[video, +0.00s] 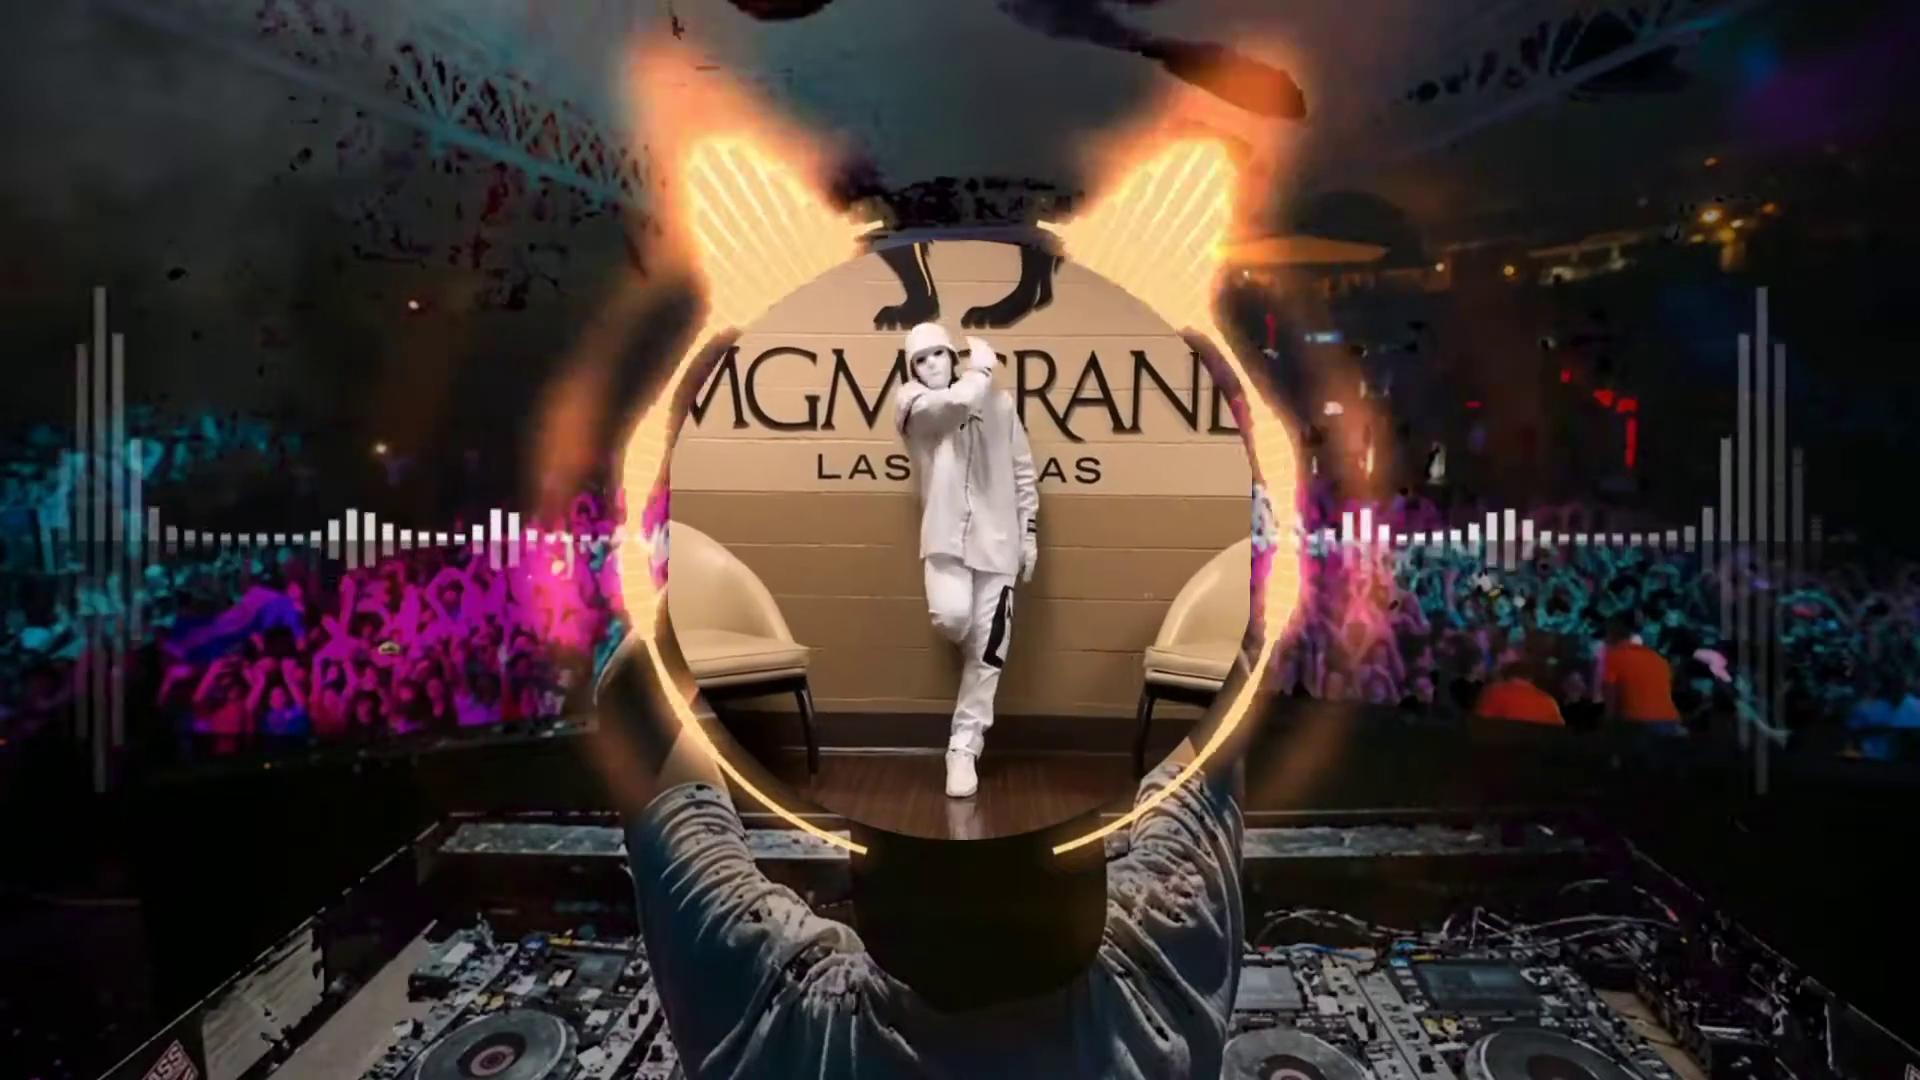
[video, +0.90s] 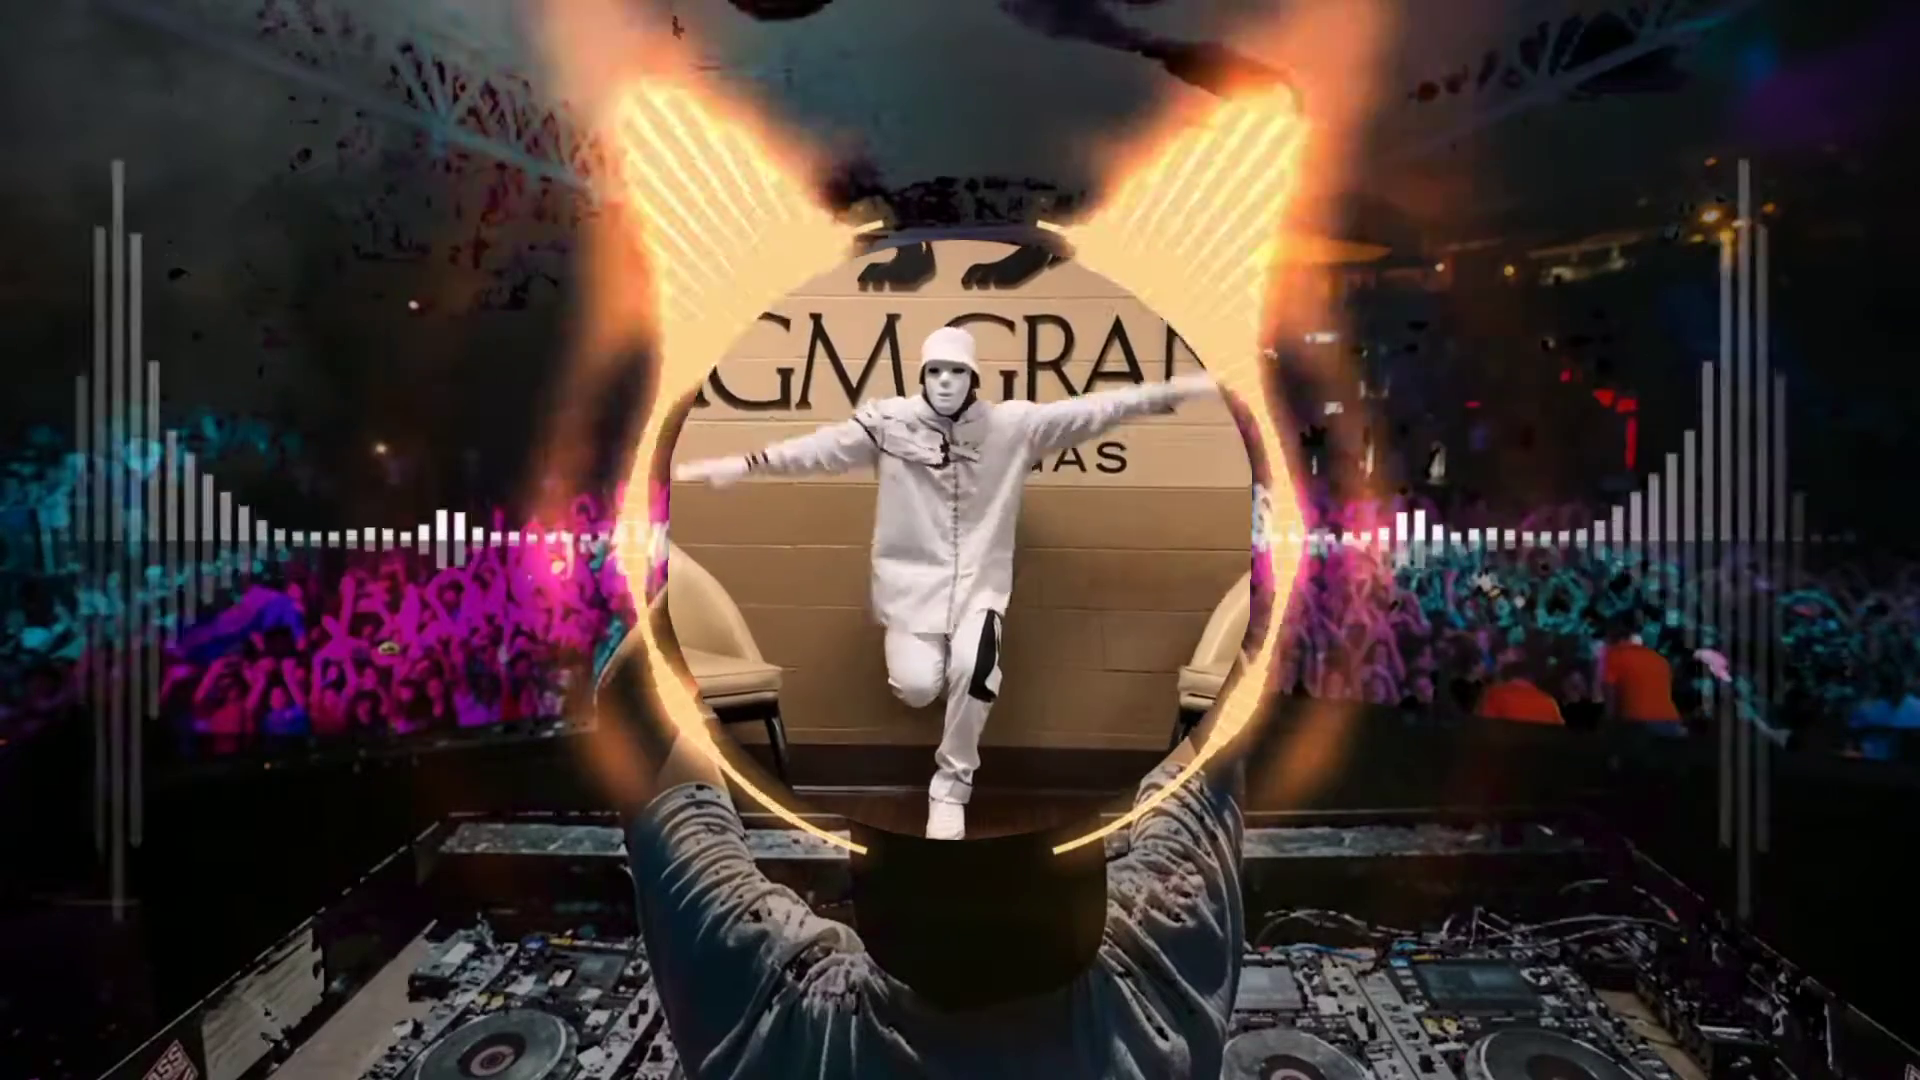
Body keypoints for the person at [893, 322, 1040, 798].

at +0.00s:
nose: (930, 365)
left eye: (937, 356)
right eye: (920, 360)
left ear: (954, 356)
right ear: (911, 368)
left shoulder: (998, 405)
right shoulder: (911, 402)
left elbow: (1024, 474)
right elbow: (957, 402)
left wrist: (1027, 535)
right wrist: (981, 366)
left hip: (997, 537)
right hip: (945, 536)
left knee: (987, 651)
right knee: (951, 618)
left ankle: (963, 750)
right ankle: (975, 643)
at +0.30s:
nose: (957, 345)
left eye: (966, 336)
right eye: (948, 336)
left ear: (982, 342)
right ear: (935, 341)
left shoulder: (1007, 400)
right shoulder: (911, 384)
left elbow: (1020, 475)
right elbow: (884, 421)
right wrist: (948, 433)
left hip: (985, 548)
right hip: (926, 545)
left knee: (974, 664)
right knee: (931, 643)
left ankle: (954, 765)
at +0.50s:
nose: (945, 337)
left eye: (955, 328)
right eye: (936, 327)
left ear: (972, 332)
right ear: (923, 332)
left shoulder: (1002, 393)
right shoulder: (907, 377)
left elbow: (1009, 464)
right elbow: (874, 386)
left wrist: (972, 490)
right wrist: (937, 363)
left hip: (974, 546)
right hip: (915, 537)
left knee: (967, 665)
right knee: (922, 636)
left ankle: (951, 770)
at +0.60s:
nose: (944, 365)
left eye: (955, 356)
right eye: (935, 355)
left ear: (971, 362)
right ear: (921, 358)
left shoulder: (1002, 424)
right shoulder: (905, 406)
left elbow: (1013, 499)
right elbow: (865, 379)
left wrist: (1005, 564)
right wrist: (895, 315)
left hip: (976, 557)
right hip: (915, 553)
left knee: (972, 666)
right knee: (915, 657)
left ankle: (951, 776)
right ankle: (960, 653)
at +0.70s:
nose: (943, 378)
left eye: (954, 369)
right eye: (934, 368)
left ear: (970, 376)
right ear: (920, 373)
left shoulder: (1002, 439)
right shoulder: (898, 413)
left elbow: (1039, 516)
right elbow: (844, 390)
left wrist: (1072, 585)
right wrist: (842, 322)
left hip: (972, 576)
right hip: (908, 573)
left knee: (974, 672)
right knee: (915, 673)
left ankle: (950, 782)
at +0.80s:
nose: (944, 382)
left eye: (954, 373)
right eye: (934, 372)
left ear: (972, 379)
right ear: (920, 375)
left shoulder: (1005, 436)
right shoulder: (888, 418)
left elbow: (1077, 474)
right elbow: (819, 417)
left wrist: (1152, 510)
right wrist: (771, 378)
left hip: (970, 576)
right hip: (902, 579)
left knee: (974, 670)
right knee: (913, 680)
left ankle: (949, 788)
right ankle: (941, 639)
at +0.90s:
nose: (944, 385)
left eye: (955, 375)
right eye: (935, 374)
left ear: (974, 380)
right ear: (920, 378)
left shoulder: (1013, 426)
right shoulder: (889, 425)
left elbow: (1100, 410)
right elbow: (809, 451)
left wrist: (1185, 389)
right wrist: (735, 466)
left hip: (980, 580)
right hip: (912, 580)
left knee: (977, 681)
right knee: (915, 688)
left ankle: (950, 792)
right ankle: (928, 636)